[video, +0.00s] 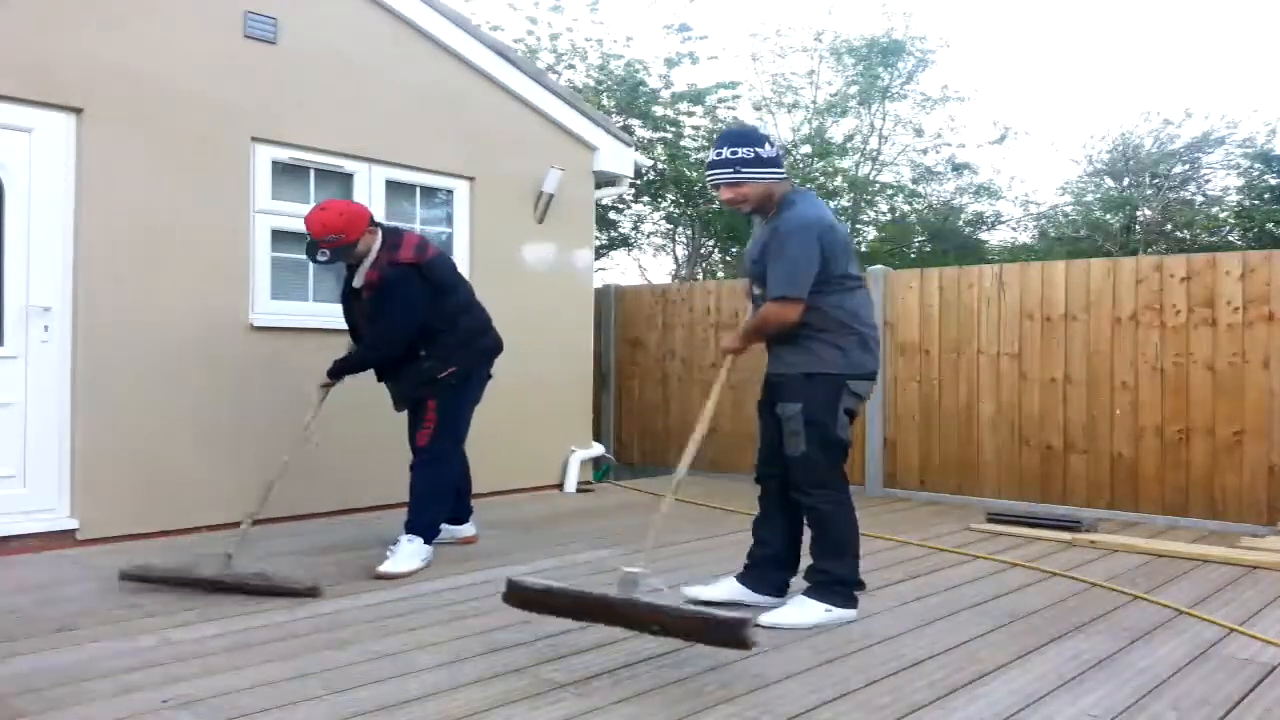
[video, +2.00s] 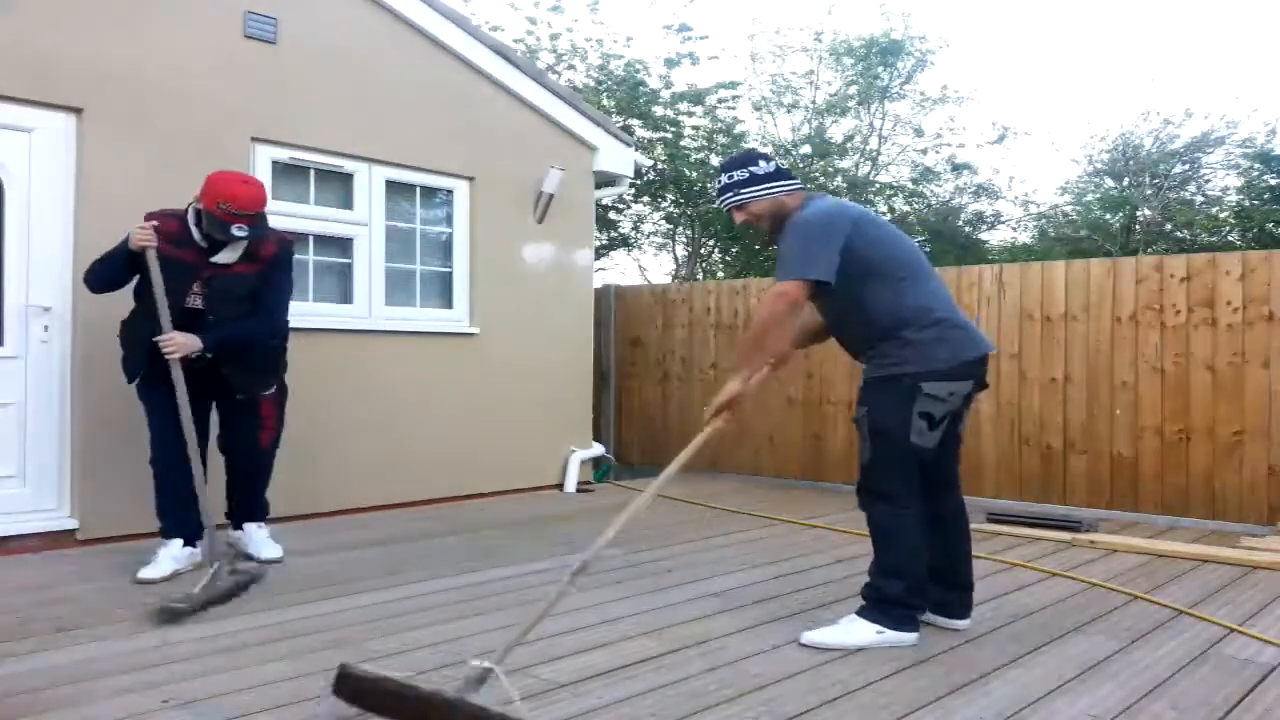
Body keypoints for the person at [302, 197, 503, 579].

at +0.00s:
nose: (338, 259)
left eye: (341, 252)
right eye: (334, 253)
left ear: (362, 237)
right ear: (362, 235)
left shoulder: (398, 269)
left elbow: (390, 341)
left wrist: (341, 368)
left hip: (455, 356)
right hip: (433, 356)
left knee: (429, 446)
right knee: (441, 440)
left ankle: (417, 540)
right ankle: (457, 521)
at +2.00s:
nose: (233, 242)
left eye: (242, 235)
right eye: (226, 233)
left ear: (256, 222)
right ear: (203, 214)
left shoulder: (272, 252)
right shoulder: (163, 233)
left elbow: (271, 325)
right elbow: (96, 282)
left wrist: (203, 341)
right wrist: (130, 249)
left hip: (244, 364)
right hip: (171, 362)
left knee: (251, 444)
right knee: (174, 449)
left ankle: (249, 525)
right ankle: (183, 541)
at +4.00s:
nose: (355, 245)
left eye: (361, 239)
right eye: (351, 237)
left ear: (366, 232)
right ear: (329, 222)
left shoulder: (371, 259)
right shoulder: (275, 243)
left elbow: (365, 317)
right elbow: (206, 286)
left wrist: (318, 332)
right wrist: (242, 255)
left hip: (343, 351)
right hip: (280, 353)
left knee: (378, 425)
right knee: (289, 433)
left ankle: (409, 507)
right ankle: (286, 523)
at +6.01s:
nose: (493, 261)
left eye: (498, 256)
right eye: (490, 253)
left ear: (503, 251)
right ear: (473, 237)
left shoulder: (505, 273)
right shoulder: (424, 254)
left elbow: (534, 317)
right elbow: (379, 297)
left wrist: (530, 345)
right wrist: (425, 293)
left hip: (470, 372)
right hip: (413, 370)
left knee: (490, 439)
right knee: (396, 443)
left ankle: (504, 508)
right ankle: (378, 512)